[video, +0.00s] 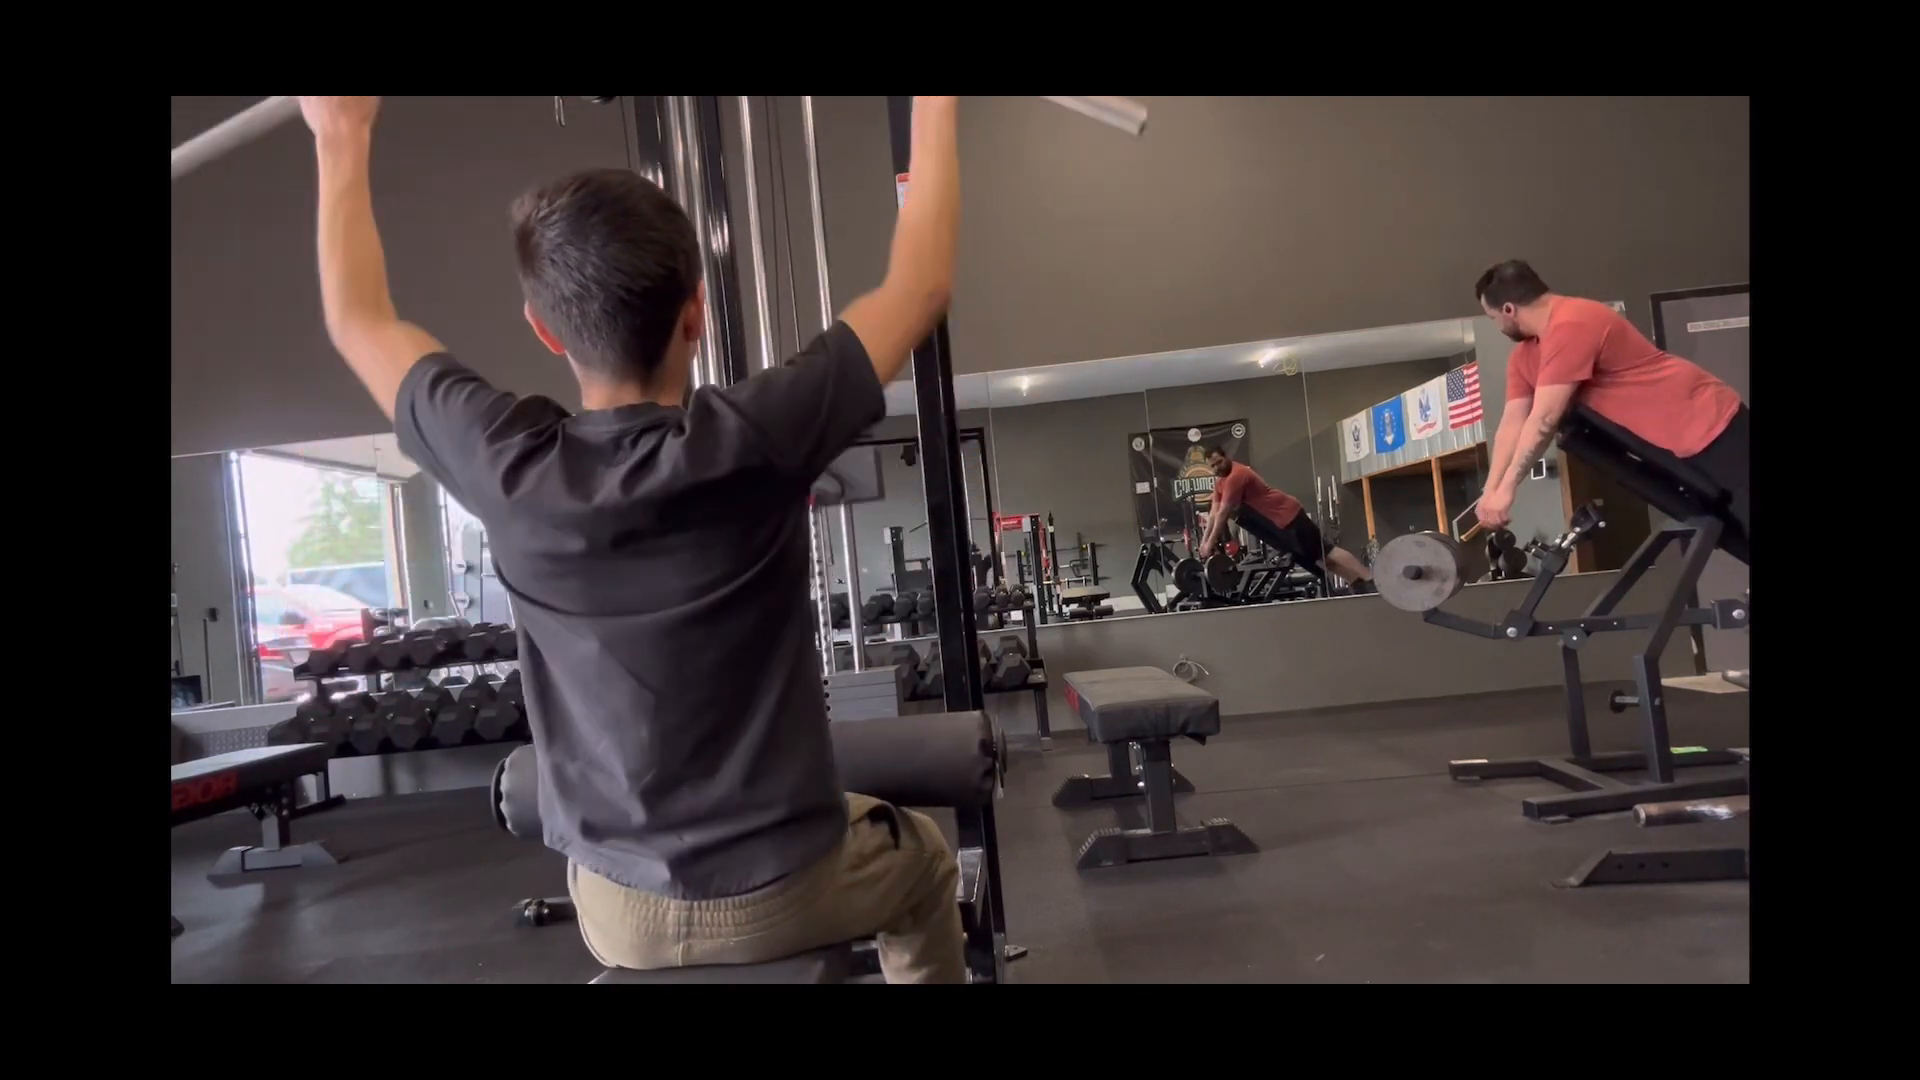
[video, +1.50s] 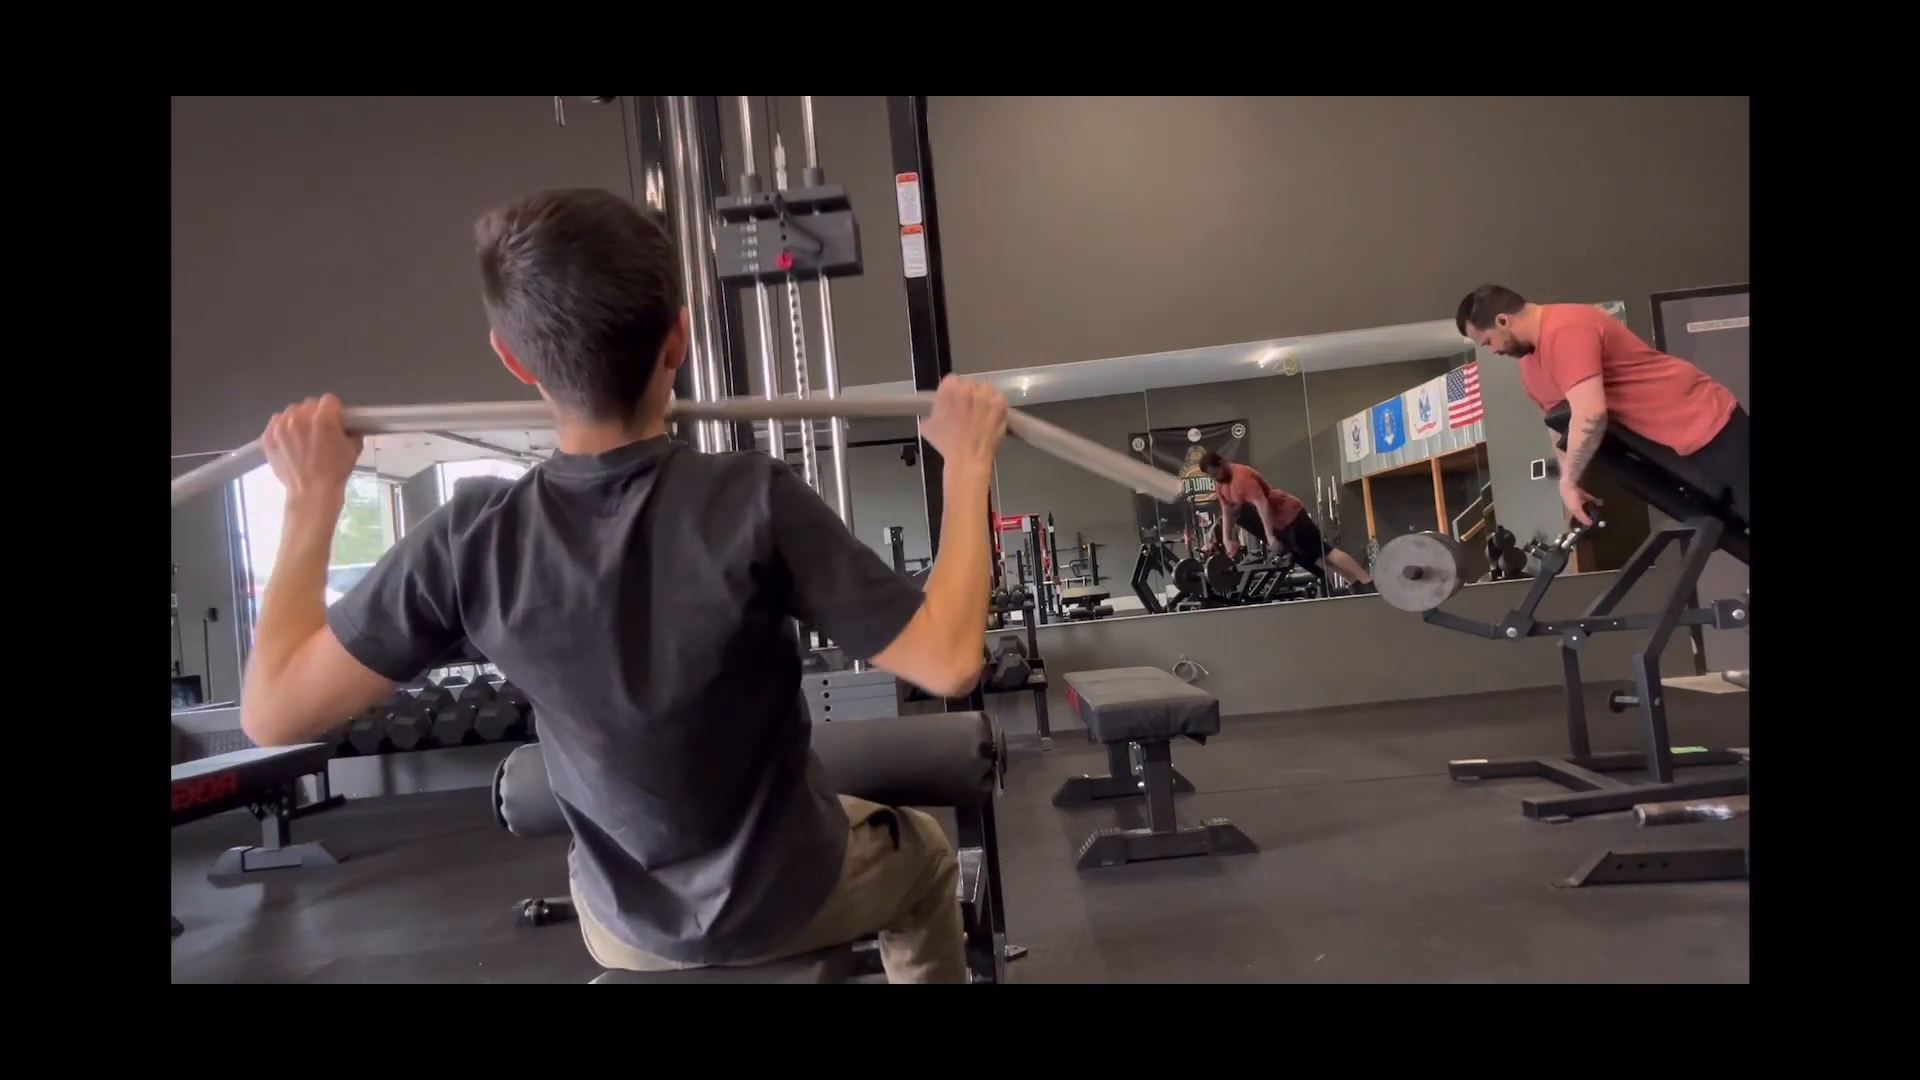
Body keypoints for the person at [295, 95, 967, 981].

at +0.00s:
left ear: (542, 330)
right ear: (696, 317)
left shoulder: (511, 463)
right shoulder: (762, 433)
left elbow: (359, 320)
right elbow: (918, 291)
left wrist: (340, 137)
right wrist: (936, 101)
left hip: (614, 910)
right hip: (780, 897)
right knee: (919, 854)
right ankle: (929, 978)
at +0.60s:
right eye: (734, 297)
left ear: (590, 324)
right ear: (726, 316)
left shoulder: (553, 424)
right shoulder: (773, 399)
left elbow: (447, 252)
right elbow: (875, 217)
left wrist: (393, 103)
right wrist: (917, 87)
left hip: (626, 889)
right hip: (789, 883)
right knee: (923, 857)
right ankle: (927, 979)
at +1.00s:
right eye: (681, 302)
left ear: (513, 342)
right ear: (676, 326)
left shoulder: (485, 464)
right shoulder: (737, 442)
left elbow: (314, 298)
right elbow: (903, 267)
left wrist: (296, 116)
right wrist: (921, 91)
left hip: (617, 909)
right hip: (773, 898)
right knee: (922, 859)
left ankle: (634, 975)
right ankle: (926, 976)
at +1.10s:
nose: (675, 332)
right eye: (674, 314)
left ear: (499, 358)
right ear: (664, 342)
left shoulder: (468, 491)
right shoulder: (737, 464)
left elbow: (272, 370)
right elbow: (939, 335)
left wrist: (295, 169)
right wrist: (938, 135)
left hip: (618, 919)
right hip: (772, 893)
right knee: (922, 858)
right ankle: (929, 980)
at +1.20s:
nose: (670, 331)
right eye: (671, 316)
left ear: (493, 366)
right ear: (661, 344)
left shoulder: (459, 516)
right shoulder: (738, 482)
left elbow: (245, 463)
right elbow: (968, 426)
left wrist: (295, 269)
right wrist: (950, 234)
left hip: (615, 915)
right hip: (774, 889)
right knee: (921, 865)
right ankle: (930, 976)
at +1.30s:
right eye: (671, 315)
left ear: (496, 366)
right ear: (667, 340)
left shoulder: (455, 532)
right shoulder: (746, 498)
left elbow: (235, 562)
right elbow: (980, 521)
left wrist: (301, 365)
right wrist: (961, 327)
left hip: (613, 914)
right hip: (775, 899)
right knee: (922, 862)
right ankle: (926, 983)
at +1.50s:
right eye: (683, 314)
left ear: (511, 362)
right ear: (680, 337)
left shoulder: (477, 540)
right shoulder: (754, 502)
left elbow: (272, 709)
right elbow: (950, 660)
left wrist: (311, 496)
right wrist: (968, 466)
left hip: (614, 908)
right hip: (784, 895)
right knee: (922, 864)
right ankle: (927, 977)